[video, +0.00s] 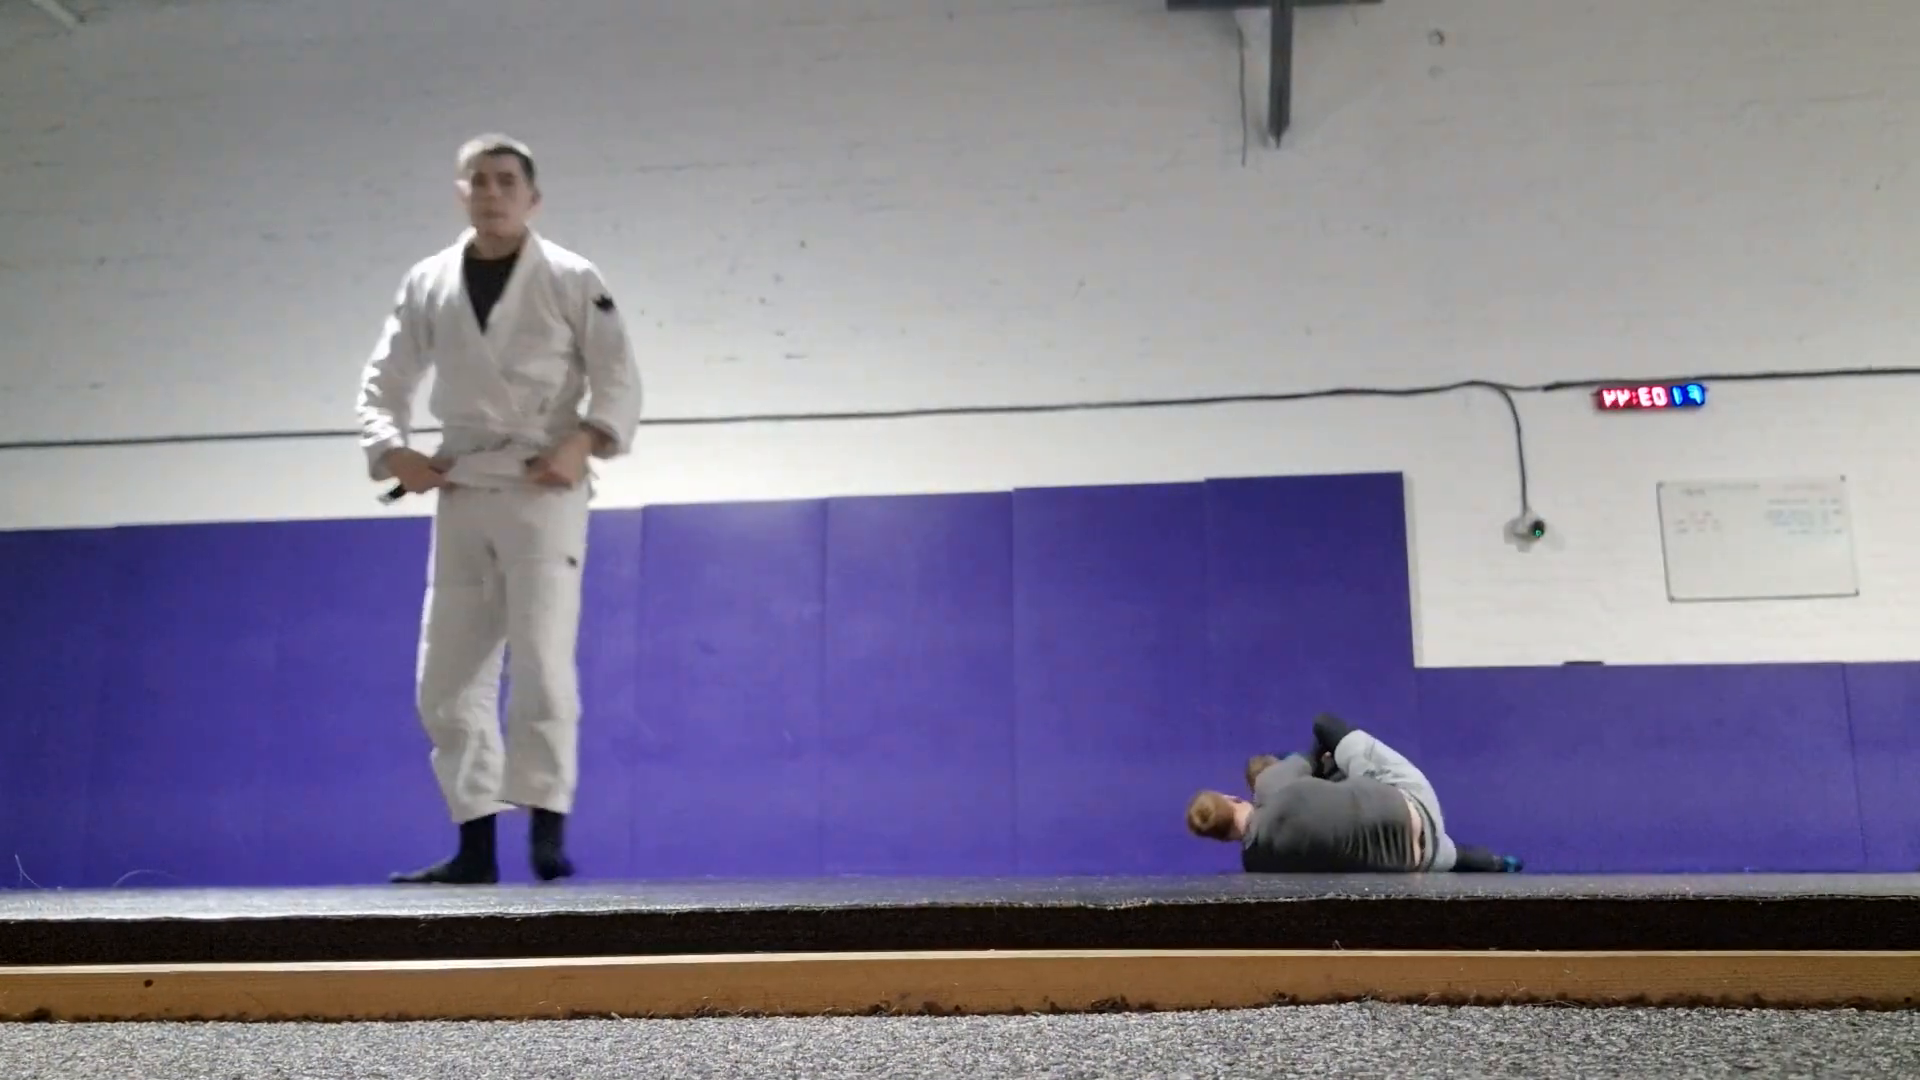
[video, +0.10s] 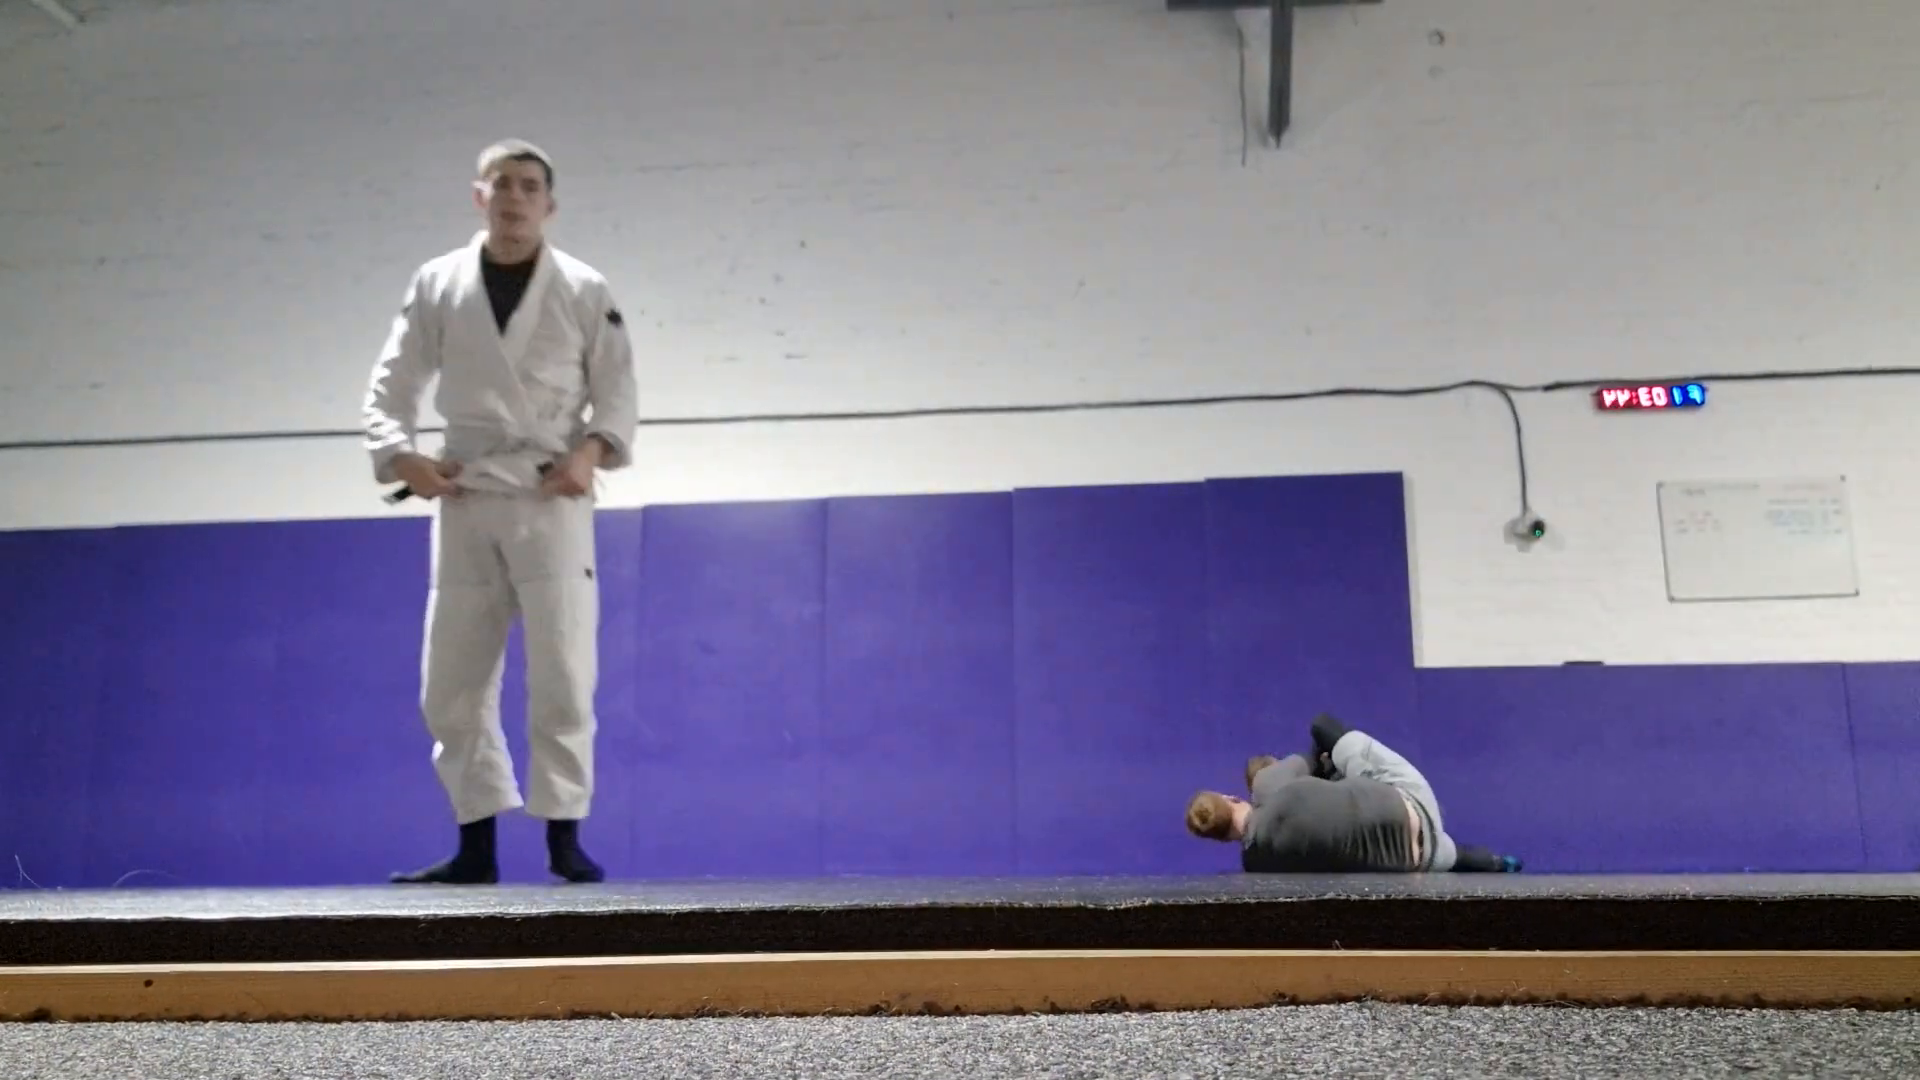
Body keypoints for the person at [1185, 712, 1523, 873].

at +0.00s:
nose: (1231, 792)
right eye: (1229, 793)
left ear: (1219, 839)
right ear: (1233, 798)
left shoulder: (1257, 866)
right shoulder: (1274, 784)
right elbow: (1305, 762)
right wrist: (1269, 769)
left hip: (1421, 861)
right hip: (1417, 810)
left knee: (1454, 854)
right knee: (1330, 726)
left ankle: (1501, 864)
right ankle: (1327, 770)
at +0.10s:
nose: (1229, 792)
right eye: (1228, 793)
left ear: (1218, 840)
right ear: (1231, 798)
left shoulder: (1257, 865)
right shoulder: (1271, 785)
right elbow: (1305, 762)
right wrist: (1267, 770)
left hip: (1422, 860)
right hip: (1415, 808)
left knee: (1453, 853)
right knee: (1329, 728)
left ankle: (1501, 864)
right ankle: (1328, 772)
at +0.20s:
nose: (1227, 791)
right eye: (1226, 792)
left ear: (1216, 838)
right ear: (1230, 797)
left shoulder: (1256, 864)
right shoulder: (1269, 783)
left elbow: (1307, 849)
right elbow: (1308, 761)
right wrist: (1267, 769)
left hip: (1421, 859)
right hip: (1414, 806)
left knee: (1453, 852)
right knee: (1329, 731)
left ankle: (1503, 864)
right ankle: (1328, 768)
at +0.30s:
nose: (1230, 791)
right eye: (1228, 792)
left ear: (1216, 837)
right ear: (1231, 797)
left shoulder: (1256, 865)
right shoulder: (1268, 782)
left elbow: (1309, 851)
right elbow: (1311, 760)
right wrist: (1270, 774)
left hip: (1420, 858)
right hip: (1413, 805)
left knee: (1456, 853)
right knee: (1324, 727)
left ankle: (1508, 865)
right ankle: (1328, 768)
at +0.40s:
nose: (1229, 790)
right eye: (1228, 790)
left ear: (1217, 836)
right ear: (1232, 795)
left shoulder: (1256, 865)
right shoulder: (1269, 782)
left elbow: (1307, 853)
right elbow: (1311, 762)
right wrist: (1266, 773)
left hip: (1420, 861)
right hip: (1415, 807)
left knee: (1452, 853)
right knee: (1322, 725)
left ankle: (1510, 864)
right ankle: (1327, 768)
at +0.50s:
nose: (1229, 790)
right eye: (1227, 791)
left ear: (1217, 836)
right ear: (1232, 795)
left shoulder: (1256, 864)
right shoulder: (1269, 782)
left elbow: (1306, 853)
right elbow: (1311, 762)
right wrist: (1264, 774)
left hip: (1420, 861)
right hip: (1416, 807)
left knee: (1451, 853)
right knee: (1322, 726)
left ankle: (1513, 864)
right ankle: (1327, 769)